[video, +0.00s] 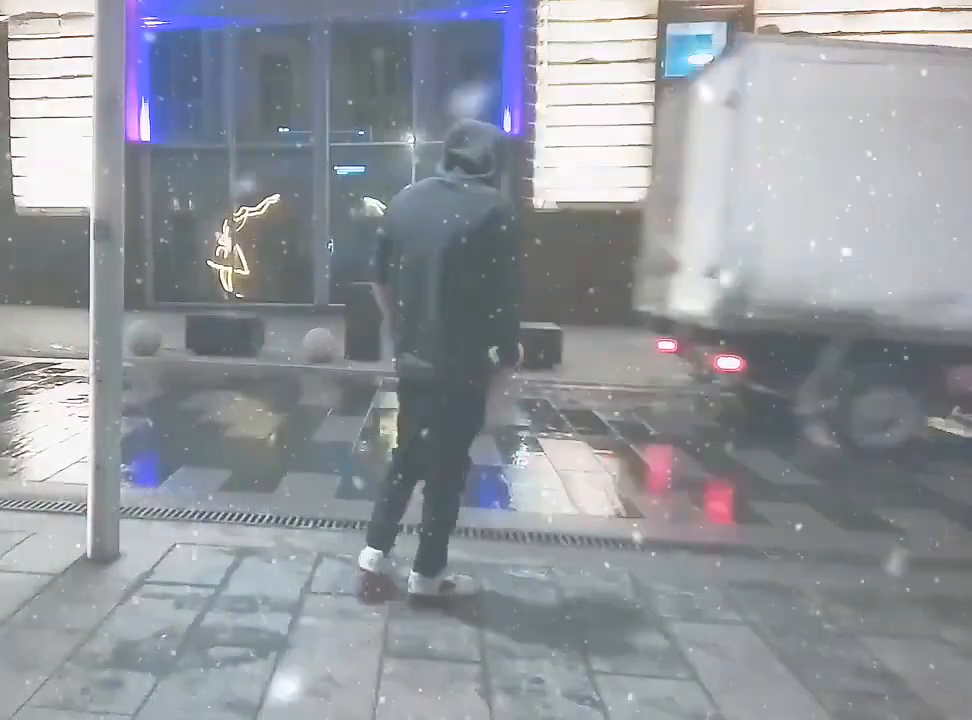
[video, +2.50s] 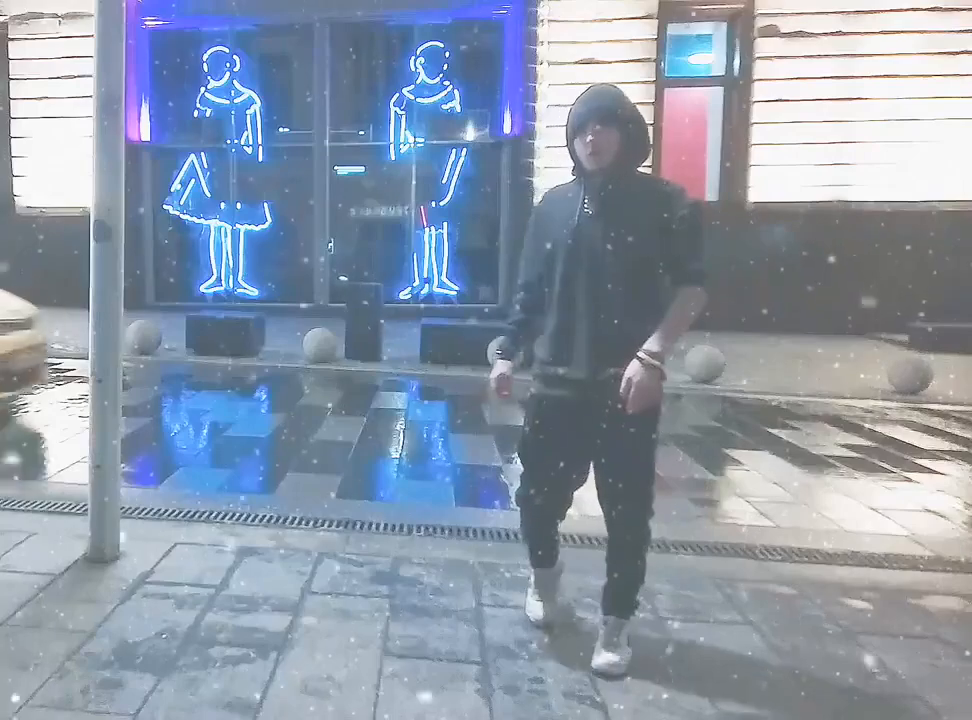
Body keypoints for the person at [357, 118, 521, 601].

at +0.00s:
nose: (499, 172)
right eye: (497, 165)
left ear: (448, 157)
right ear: (490, 163)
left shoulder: (407, 198)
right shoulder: (495, 211)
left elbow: (379, 274)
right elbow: (508, 296)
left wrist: (400, 329)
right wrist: (506, 357)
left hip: (413, 353)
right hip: (463, 358)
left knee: (406, 456)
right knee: (448, 468)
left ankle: (373, 555)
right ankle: (426, 574)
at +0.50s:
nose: (549, 173)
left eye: (551, 164)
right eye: (545, 163)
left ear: (511, 162)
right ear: (520, 160)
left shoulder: (490, 204)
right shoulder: (497, 211)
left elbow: (494, 293)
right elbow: (496, 295)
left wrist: (507, 356)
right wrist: (510, 366)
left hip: (482, 350)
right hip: (482, 353)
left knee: (502, 449)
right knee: (474, 459)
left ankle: (509, 549)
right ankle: (430, 566)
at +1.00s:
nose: (564, 167)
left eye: (570, 158)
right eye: (555, 157)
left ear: (573, 161)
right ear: (531, 156)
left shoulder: (574, 219)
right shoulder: (498, 214)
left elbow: (599, 278)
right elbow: (474, 287)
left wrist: (626, 324)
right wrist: (471, 351)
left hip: (552, 354)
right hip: (507, 352)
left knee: (535, 464)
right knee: (521, 465)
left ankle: (515, 554)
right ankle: (506, 561)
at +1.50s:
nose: (564, 158)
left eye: (572, 149)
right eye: (554, 148)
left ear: (582, 158)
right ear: (532, 153)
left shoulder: (591, 218)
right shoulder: (501, 213)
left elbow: (608, 292)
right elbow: (483, 292)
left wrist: (613, 355)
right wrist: (493, 356)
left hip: (578, 362)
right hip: (522, 362)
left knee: (594, 465)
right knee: (532, 475)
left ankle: (546, 524)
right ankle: (536, 575)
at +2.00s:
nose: (565, 149)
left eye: (577, 140)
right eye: (556, 140)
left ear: (594, 149)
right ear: (540, 148)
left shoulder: (617, 215)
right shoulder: (510, 209)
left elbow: (633, 291)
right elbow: (489, 293)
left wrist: (621, 355)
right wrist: (491, 362)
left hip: (593, 372)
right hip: (526, 372)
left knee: (602, 493)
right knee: (529, 486)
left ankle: (617, 612)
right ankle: (539, 578)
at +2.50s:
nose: (594, 137)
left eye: (606, 126)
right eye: (584, 128)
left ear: (628, 136)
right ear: (572, 140)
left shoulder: (666, 205)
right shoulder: (552, 207)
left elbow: (691, 289)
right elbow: (530, 293)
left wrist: (653, 353)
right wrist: (507, 351)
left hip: (629, 387)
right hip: (558, 384)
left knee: (627, 516)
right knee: (537, 497)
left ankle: (615, 627)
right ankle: (544, 573)